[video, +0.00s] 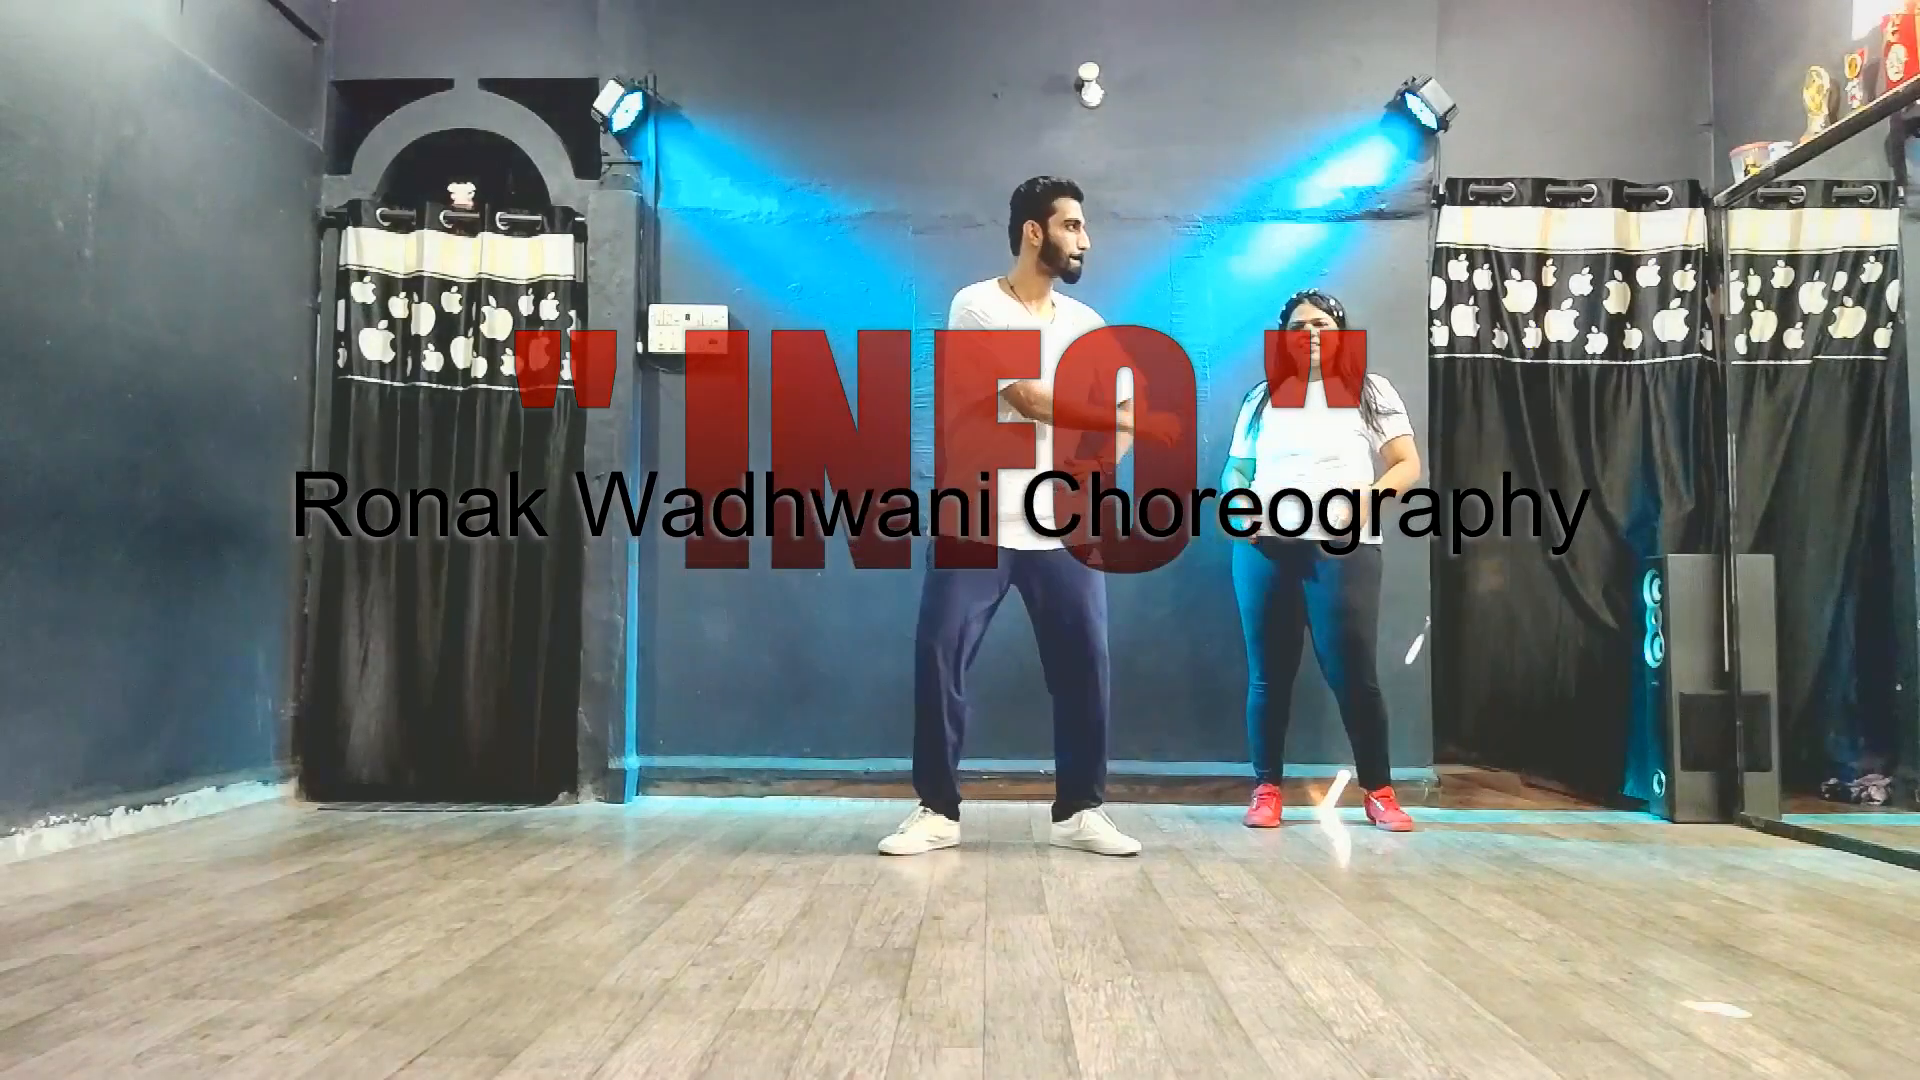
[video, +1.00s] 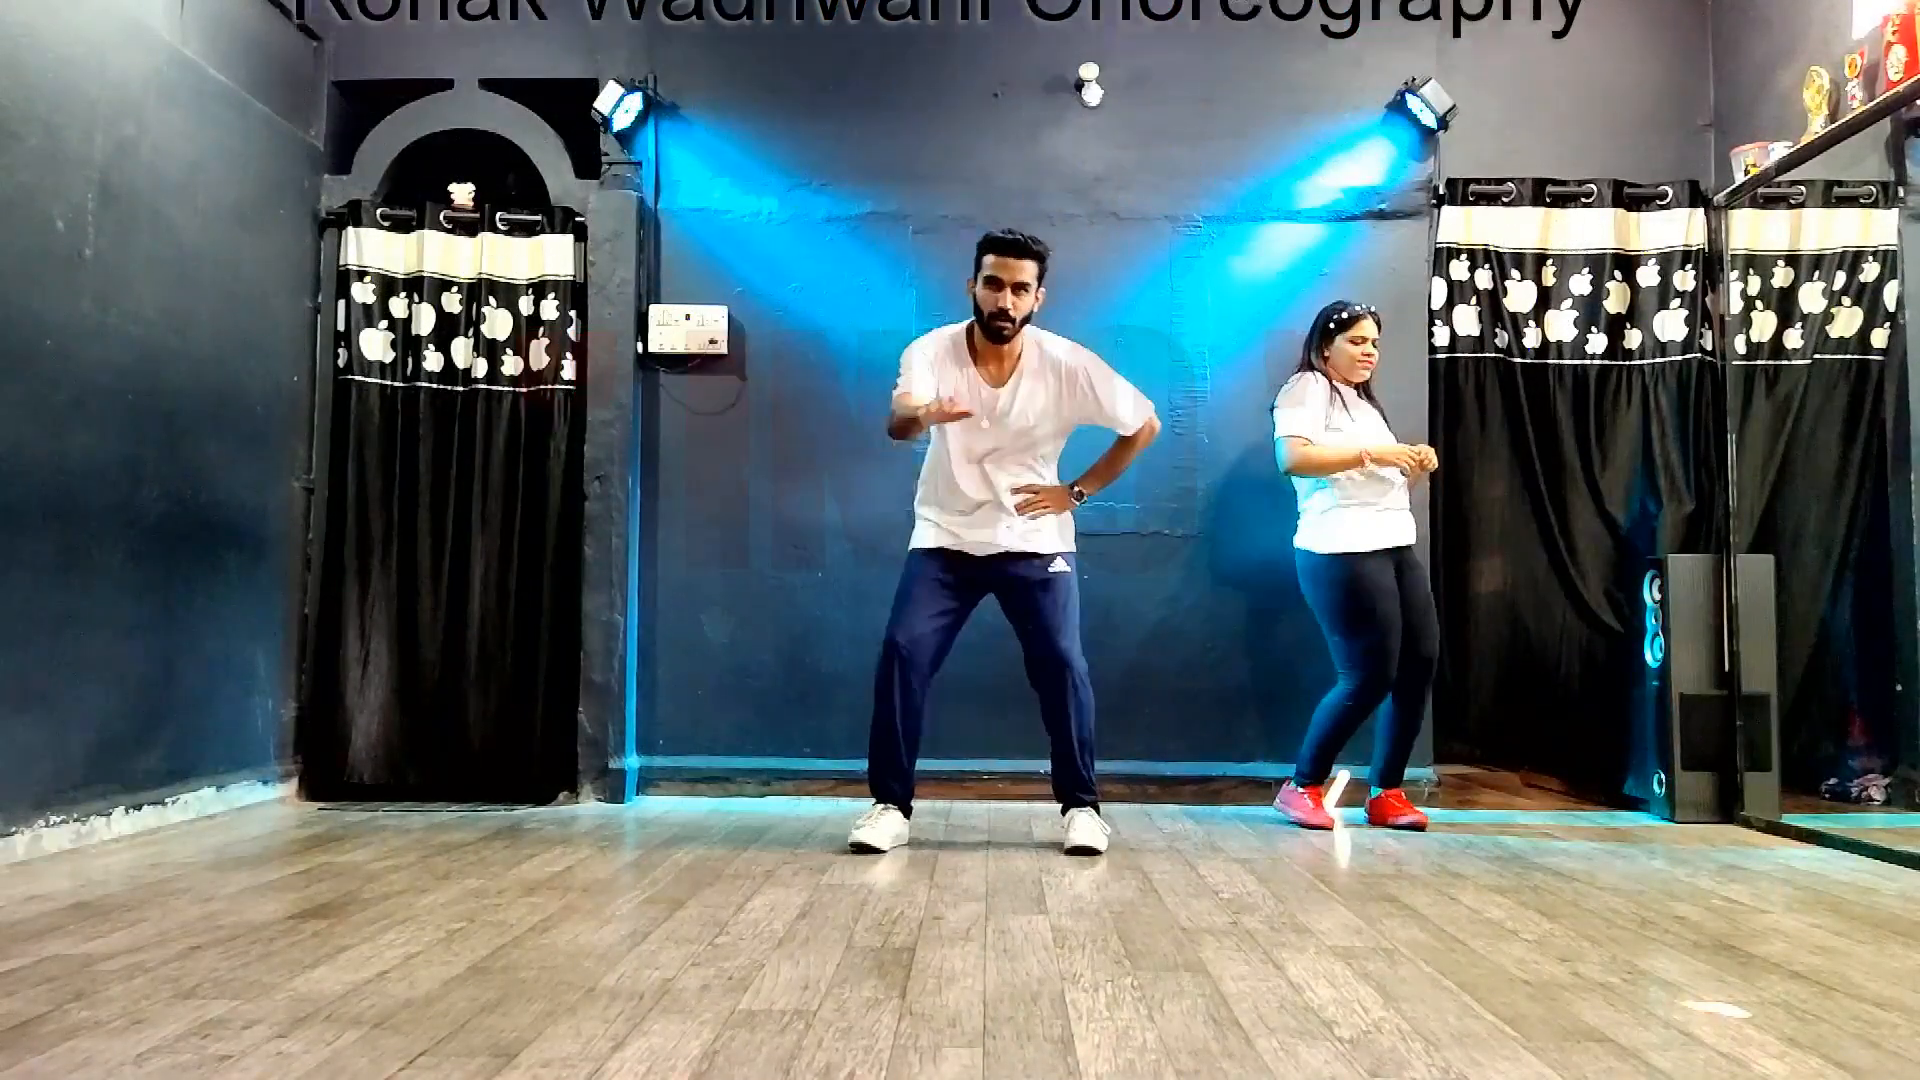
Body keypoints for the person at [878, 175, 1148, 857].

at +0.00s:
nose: (1083, 237)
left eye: (1084, 226)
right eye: (1071, 224)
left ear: (1069, 237)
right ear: (1030, 231)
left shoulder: (1089, 326)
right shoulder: (973, 306)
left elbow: (1126, 425)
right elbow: (955, 412)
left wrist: (1054, 409)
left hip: (1066, 528)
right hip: (979, 522)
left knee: (1086, 662)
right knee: (937, 649)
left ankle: (1078, 809)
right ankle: (938, 811)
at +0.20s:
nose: (1046, 229)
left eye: (1046, 217)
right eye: (1032, 217)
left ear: (1019, 229)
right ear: (993, 226)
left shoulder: (1051, 310)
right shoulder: (941, 307)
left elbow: (1103, 391)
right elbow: (951, 424)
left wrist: (1075, 454)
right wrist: (1005, 508)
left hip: (1028, 504)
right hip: (950, 507)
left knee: (1053, 656)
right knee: (929, 660)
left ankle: (1070, 805)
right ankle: (897, 807)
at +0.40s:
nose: (992, 245)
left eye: (994, 233)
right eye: (976, 234)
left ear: (995, 244)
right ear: (935, 247)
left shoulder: (1014, 321)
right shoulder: (892, 329)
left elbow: (1075, 390)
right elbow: (843, 420)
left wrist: (1045, 471)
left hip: (1002, 518)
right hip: (919, 519)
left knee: (1061, 647)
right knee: (914, 659)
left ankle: (1068, 806)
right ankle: (898, 809)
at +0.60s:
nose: (944, 262)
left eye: (953, 249)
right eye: (928, 251)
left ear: (965, 256)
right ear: (901, 262)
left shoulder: (1009, 324)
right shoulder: (873, 350)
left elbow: (1084, 391)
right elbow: (813, 435)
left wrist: (1045, 478)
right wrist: (774, 400)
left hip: (1002, 521)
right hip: (916, 523)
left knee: (1061, 648)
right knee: (907, 653)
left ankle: (1071, 806)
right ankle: (897, 809)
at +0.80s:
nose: (954, 270)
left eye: (967, 257)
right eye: (940, 256)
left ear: (984, 261)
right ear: (919, 262)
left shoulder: (1030, 323)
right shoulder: (894, 338)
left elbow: (1110, 388)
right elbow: (857, 401)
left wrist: (1061, 469)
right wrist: (827, 442)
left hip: (1012, 513)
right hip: (927, 513)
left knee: (1036, 657)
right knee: (906, 645)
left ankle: (1072, 802)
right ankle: (889, 805)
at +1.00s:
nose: (1005, 300)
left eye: (1020, 289)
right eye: (993, 285)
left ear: (1037, 298)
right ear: (972, 286)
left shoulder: (1066, 364)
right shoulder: (932, 352)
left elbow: (1144, 424)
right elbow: (898, 427)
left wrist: (1077, 491)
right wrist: (926, 415)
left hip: (1032, 536)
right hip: (944, 534)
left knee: (1062, 658)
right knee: (903, 649)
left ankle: (1080, 806)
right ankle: (890, 806)